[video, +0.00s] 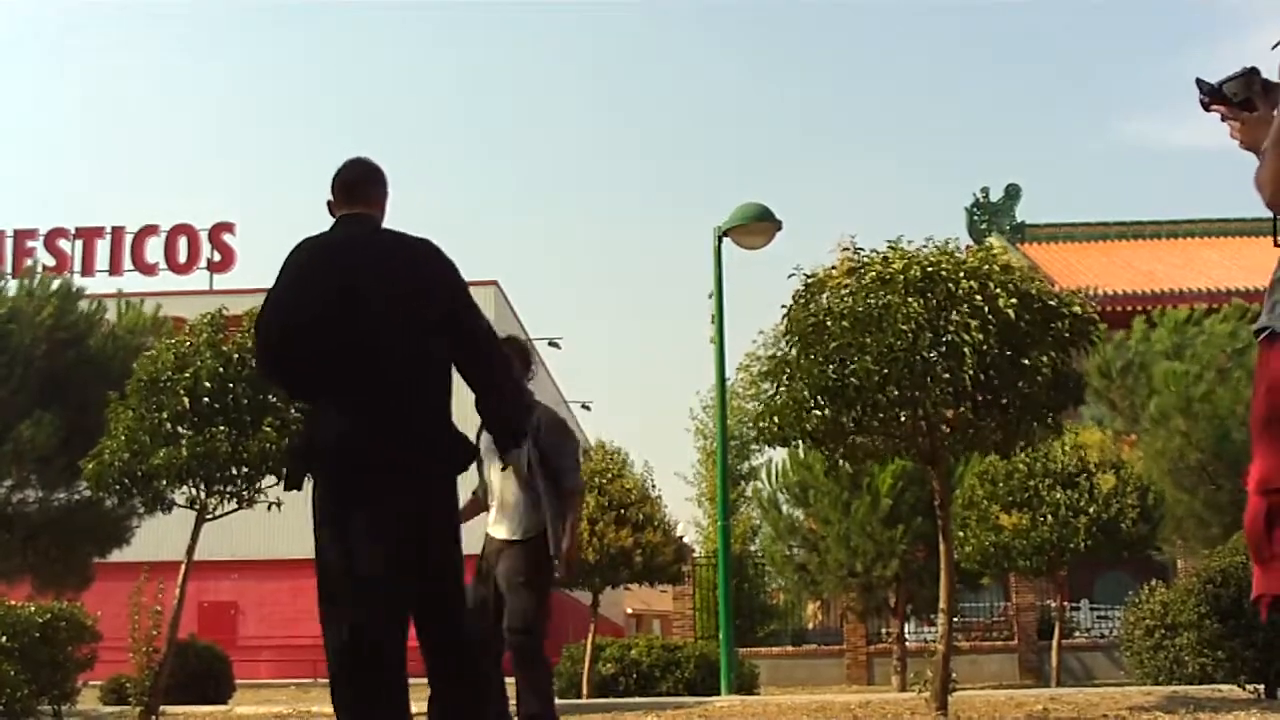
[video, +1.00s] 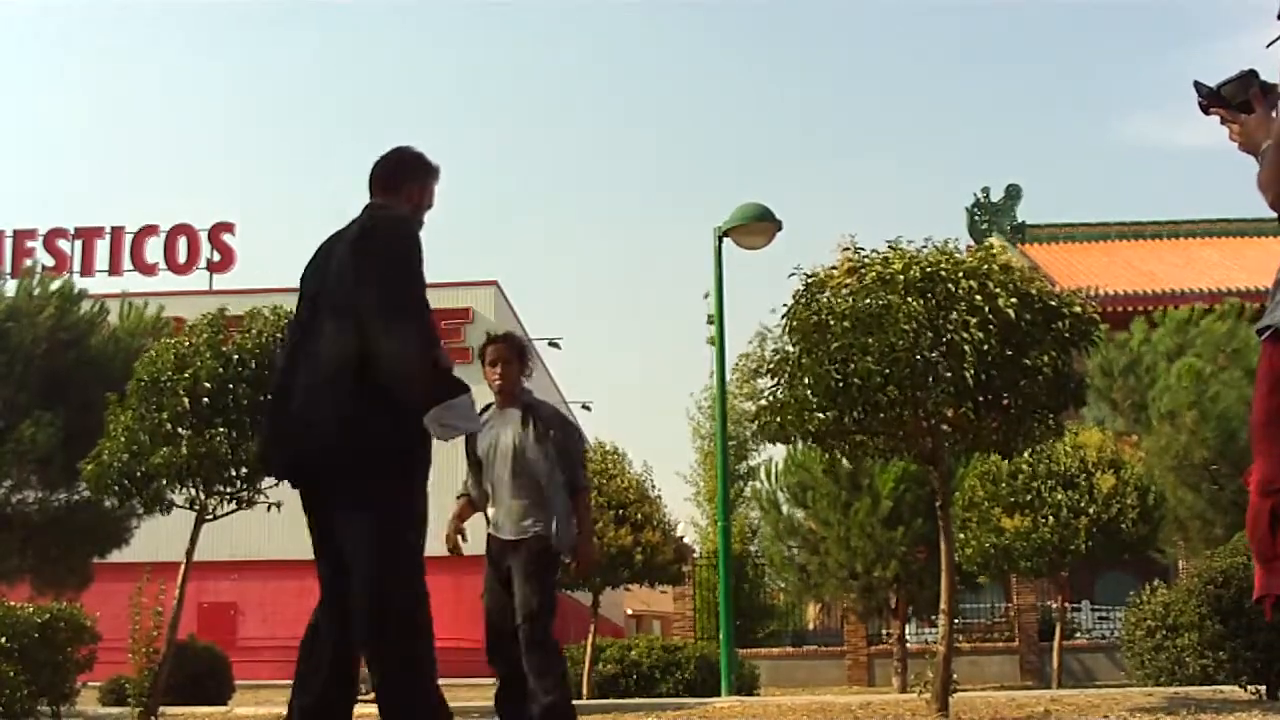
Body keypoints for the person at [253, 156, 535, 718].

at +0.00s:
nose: (345, 212)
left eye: (336, 203)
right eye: (371, 200)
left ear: (331, 203)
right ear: (385, 202)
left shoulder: (306, 258)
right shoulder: (425, 258)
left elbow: (273, 353)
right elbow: (481, 355)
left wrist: (324, 394)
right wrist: (508, 425)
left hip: (344, 465)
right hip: (425, 459)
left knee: (358, 629)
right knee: (447, 625)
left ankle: (370, 715)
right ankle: (468, 715)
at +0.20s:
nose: (351, 205)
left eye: (330, 195)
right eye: (367, 196)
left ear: (319, 195)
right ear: (374, 196)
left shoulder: (292, 255)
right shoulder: (408, 254)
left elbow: (262, 348)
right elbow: (472, 342)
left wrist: (318, 384)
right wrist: (522, 412)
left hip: (332, 461)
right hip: (413, 453)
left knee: (360, 614)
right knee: (443, 601)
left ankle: (374, 708)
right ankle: (450, 707)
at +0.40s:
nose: (364, 215)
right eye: (367, 207)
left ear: (310, 208)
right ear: (364, 208)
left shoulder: (279, 267)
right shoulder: (400, 261)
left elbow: (256, 365)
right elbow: (468, 344)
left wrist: (319, 389)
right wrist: (493, 422)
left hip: (320, 476)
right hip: (407, 469)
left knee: (322, 621)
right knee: (441, 629)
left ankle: (283, 716)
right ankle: (453, 716)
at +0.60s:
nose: (362, 226)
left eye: (363, 217)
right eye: (362, 216)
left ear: (306, 210)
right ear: (347, 211)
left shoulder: (261, 277)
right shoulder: (374, 254)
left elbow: (242, 380)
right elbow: (425, 342)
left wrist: (286, 426)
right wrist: (439, 417)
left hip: (305, 468)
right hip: (395, 461)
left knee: (306, 611)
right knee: (438, 605)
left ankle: (296, 715)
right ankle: (471, 710)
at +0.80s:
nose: (389, 211)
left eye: (390, 202)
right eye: (389, 201)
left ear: (335, 192)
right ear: (372, 194)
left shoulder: (279, 262)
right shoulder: (373, 240)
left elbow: (262, 352)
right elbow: (410, 339)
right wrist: (462, 421)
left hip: (302, 462)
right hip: (384, 454)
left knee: (315, 619)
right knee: (419, 616)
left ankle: (306, 715)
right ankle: (441, 713)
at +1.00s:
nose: (426, 213)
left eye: (428, 202)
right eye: (425, 201)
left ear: (377, 187)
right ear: (407, 190)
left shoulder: (330, 250)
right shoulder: (392, 237)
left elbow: (305, 353)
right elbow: (402, 340)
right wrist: (449, 401)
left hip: (324, 448)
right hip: (380, 449)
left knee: (340, 597)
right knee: (396, 596)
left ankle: (314, 710)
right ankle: (417, 710)